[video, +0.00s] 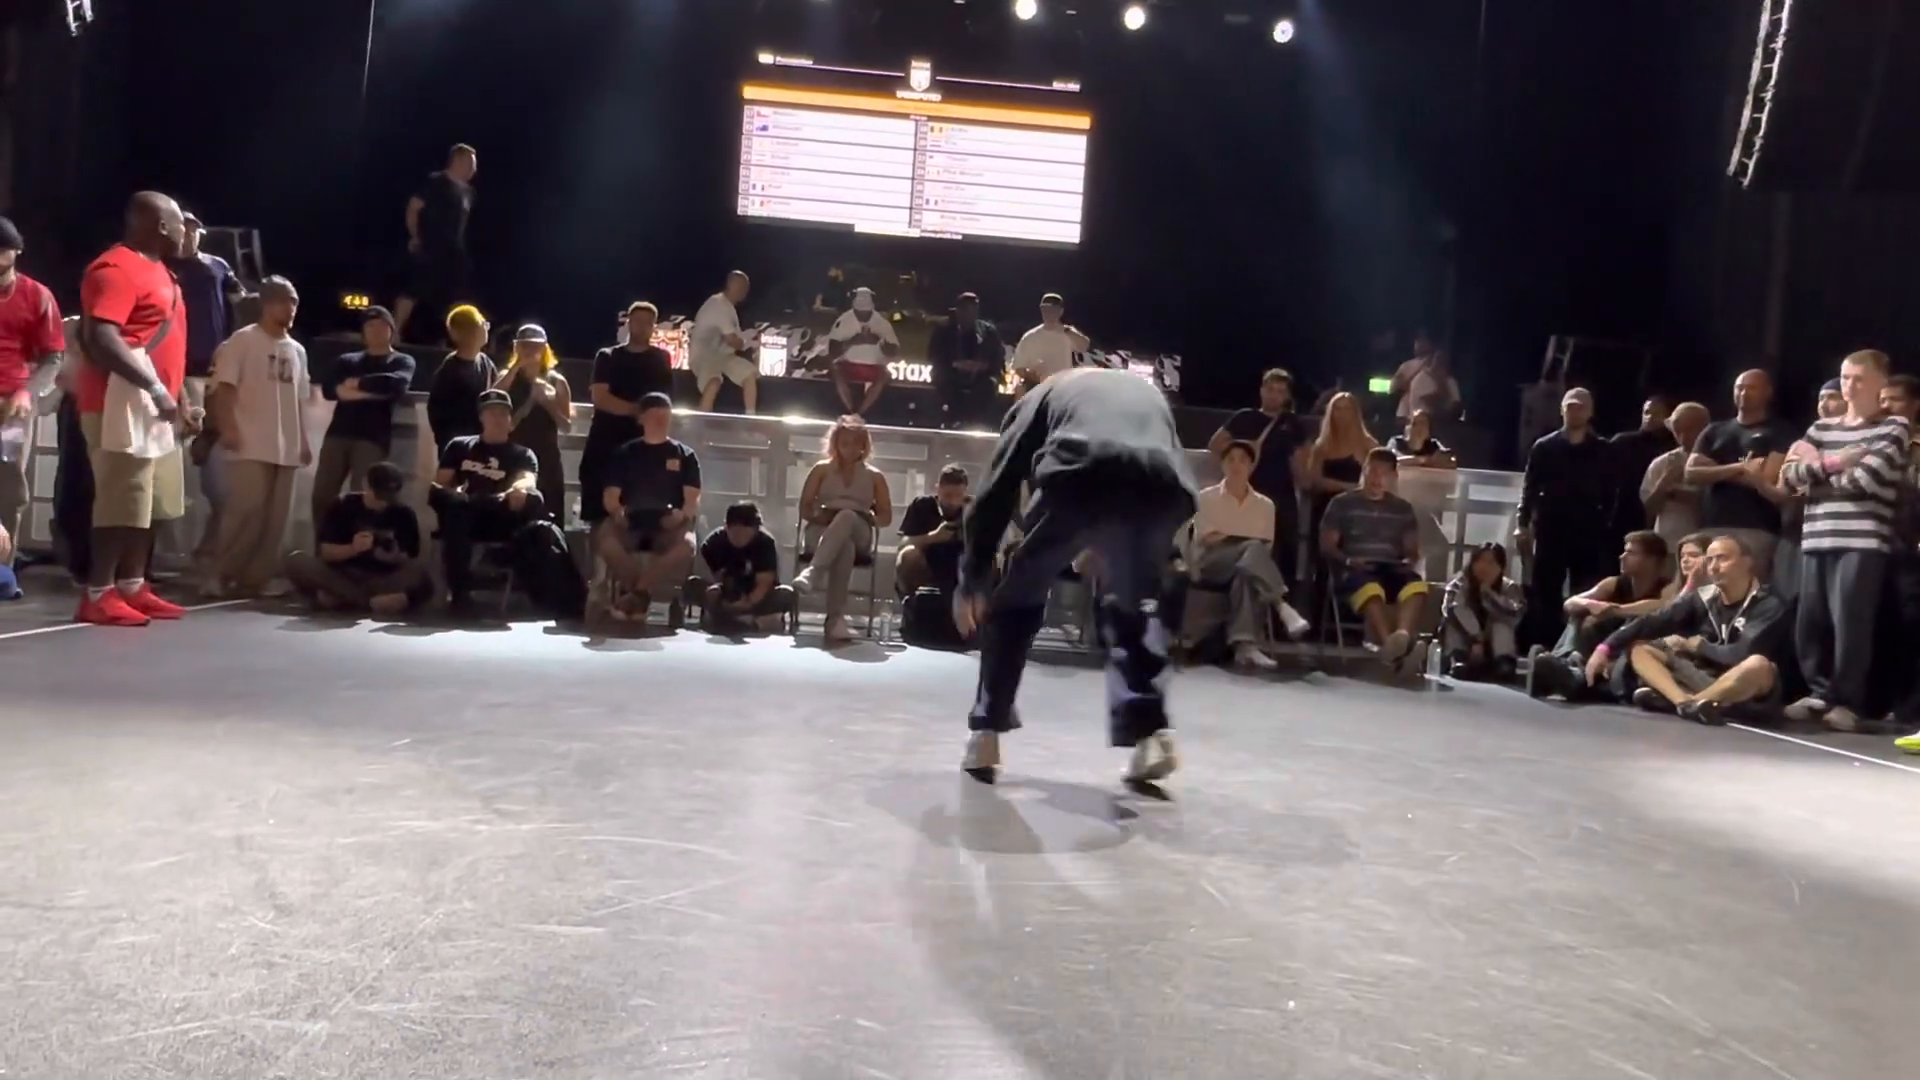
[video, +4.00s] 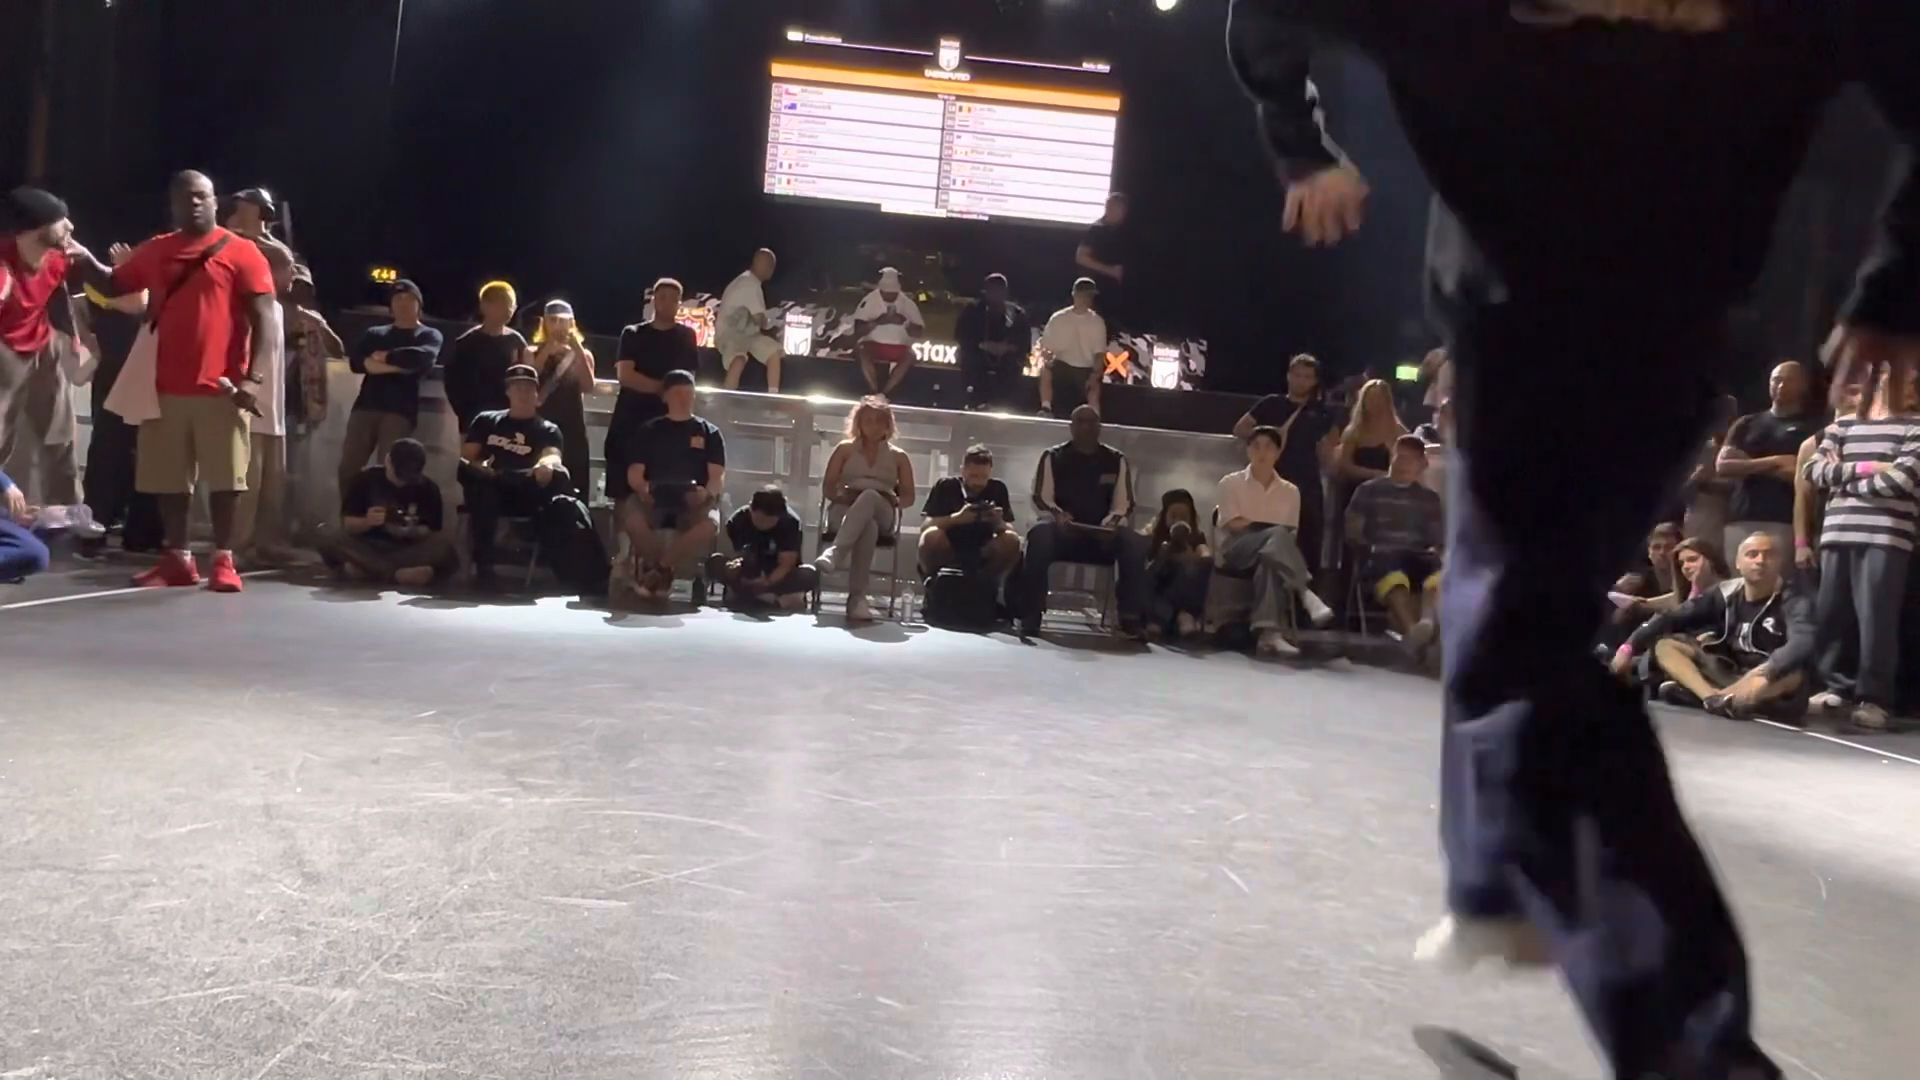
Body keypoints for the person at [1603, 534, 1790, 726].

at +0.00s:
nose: (1713, 566)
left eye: (1722, 558)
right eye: (1710, 560)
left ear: (1747, 562)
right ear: (1706, 565)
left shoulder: (1770, 606)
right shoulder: (1702, 598)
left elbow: (1740, 654)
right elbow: (1655, 623)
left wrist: (1697, 645)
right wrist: (1606, 648)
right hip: (1705, 679)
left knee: (1759, 666)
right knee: (1640, 652)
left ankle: (1690, 703)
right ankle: (1682, 700)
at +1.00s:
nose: (1725, 560)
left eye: (1734, 553)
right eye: (1721, 555)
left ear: (1757, 558)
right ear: (1717, 562)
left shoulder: (1781, 598)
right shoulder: (1712, 596)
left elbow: (1812, 633)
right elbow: (1666, 620)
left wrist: (1757, 642)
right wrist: (1620, 646)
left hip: (1770, 689)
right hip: (1724, 678)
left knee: (1775, 661)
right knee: (1654, 647)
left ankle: (1704, 700)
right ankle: (1704, 699)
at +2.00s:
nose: (1761, 557)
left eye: (1766, 549)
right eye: (1751, 551)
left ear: (1773, 555)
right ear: (1736, 561)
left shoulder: (1794, 594)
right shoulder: (1724, 592)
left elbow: (1795, 631)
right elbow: (1677, 615)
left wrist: (1767, 654)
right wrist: (1635, 640)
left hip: (1775, 671)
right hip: (1731, 669)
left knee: (1792, 663)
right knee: (1666, 642)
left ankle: (1717, 695)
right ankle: (1712, 696)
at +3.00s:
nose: (1760, 555)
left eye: (1765, 548)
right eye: (1750, 550)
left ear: (1772, 553)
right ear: (1734, 559)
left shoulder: (1793, 590)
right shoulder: (1724, 589)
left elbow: (1769, 629)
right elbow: (1673, 617)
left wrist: (1717, 659)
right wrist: (1698, 636)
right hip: (1726, 672)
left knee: (1789, 658)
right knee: (1659, 636)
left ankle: (1706, 694)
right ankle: (1713, 694)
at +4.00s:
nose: (1760, 561)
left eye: (1768, 555)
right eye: (1752, 555)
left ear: (1778, 563)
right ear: (1739, 564)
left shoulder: (1791, 598)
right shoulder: (1725, 593)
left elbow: (1803, 641)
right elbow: (1674, 618)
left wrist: (1765, 672)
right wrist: (1630, 645)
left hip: (1769, 678)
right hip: (1727, 672)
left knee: (1792, 673)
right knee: (1664, 647)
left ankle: (1718, 699)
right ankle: (1712, 698)